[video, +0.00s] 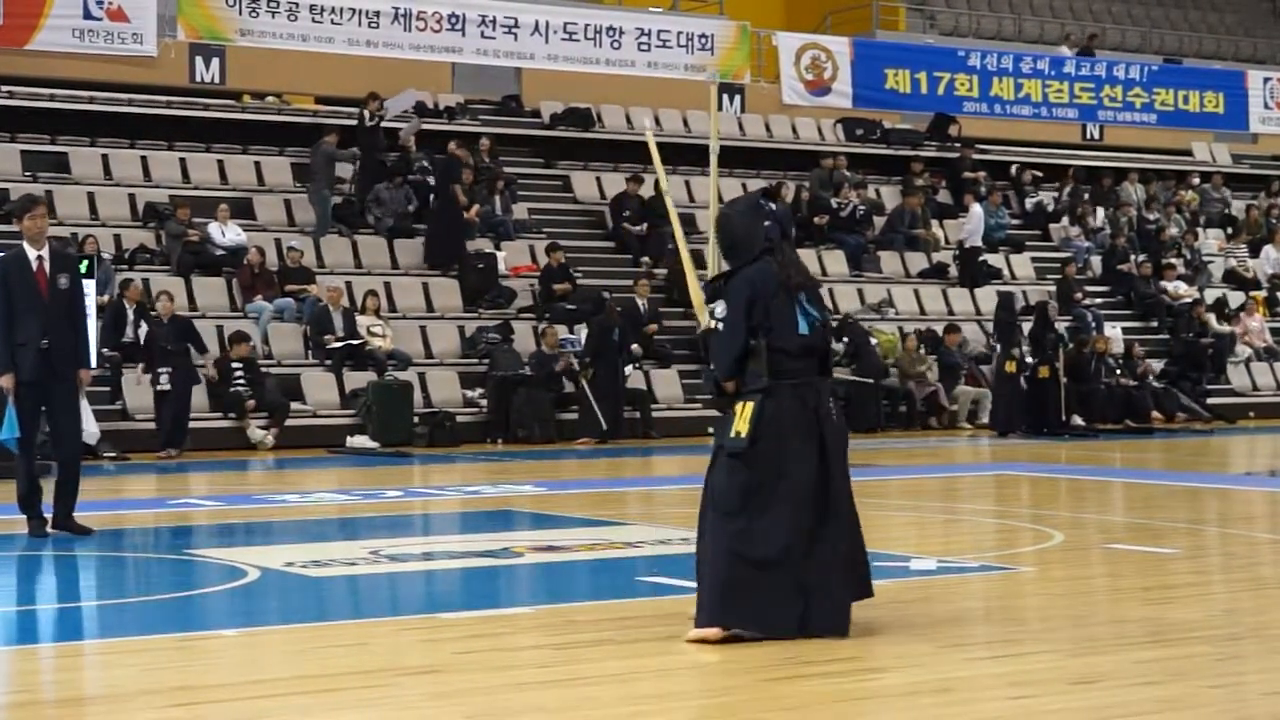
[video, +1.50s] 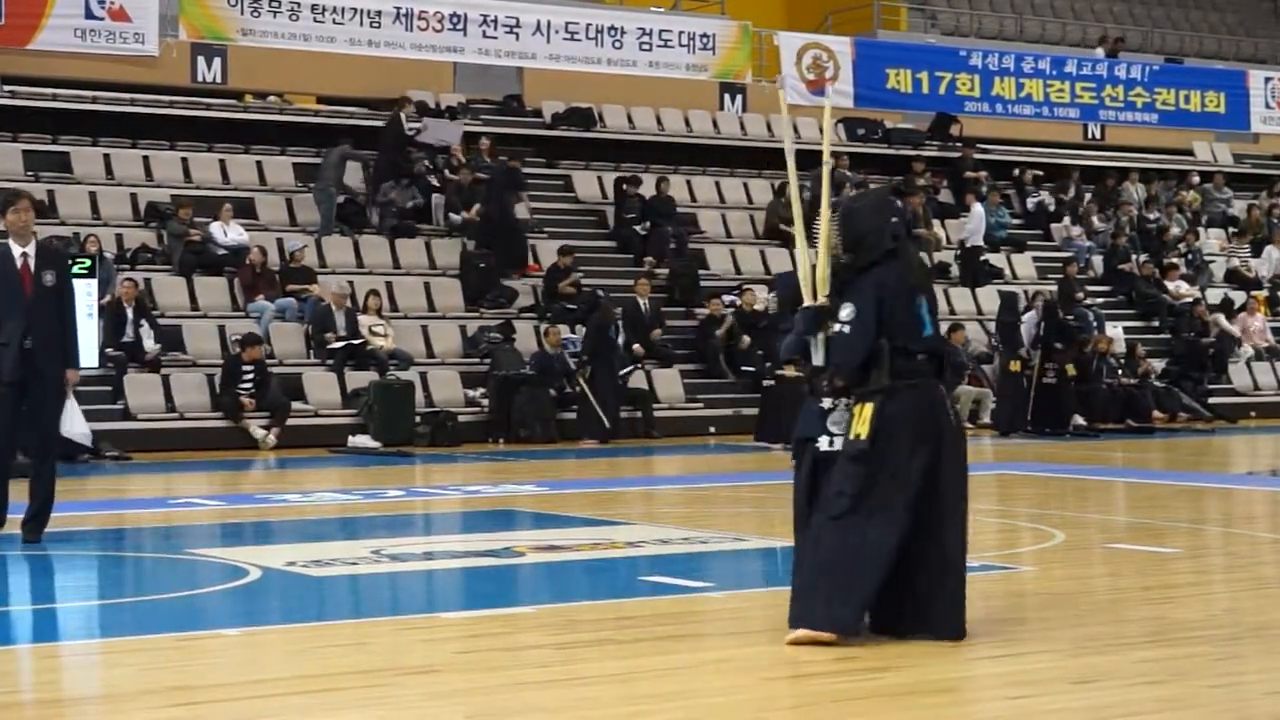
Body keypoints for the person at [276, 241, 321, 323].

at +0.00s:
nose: (293, 255)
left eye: (296, 251)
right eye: (290, 252)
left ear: (301, 255)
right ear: (287, 254)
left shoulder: (308, 271)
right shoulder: (282, 270)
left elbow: (314, 288)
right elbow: (285, 288)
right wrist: (305, 287)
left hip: (305, 294)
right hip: (290, 296)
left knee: (312, 299)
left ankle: (305, 325)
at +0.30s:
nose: (293, 255)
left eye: (296, 251)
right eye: (291, 251)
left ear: (301, 255)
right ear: (288, 254)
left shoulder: (308, 271)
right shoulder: (282, 270)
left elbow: (314, 288)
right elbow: (285, 288)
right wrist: (305, 287)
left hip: (305, 295)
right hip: (290, 296)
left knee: (312, 299)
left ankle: (305, 324)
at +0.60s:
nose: (294, 255)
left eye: (297, 251)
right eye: (292, 251)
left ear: (301, 254)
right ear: (288, 254)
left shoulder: (308, 271)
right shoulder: (283, 270)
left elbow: (314, 288)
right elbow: (285, 288)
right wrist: (306, 287)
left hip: (305, 294)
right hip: (290, 296)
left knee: (312, 300)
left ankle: (306, 325)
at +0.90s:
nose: (298, 255)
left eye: (300, 252)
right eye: (295, 252)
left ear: (303, 254)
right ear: (289, 254)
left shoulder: (308, 270)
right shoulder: (283, 270)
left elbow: (314, 287)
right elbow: (286, 288)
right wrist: (306, 287)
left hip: (306, 294)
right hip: (290, 296)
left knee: (313, 300)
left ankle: (306, 325)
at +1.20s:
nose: (301, 254)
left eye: (302, 251)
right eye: (298, 252)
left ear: (304, 253)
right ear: (291, 254)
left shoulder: (309, 270)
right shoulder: (284, 270)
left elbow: (315, 287)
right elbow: (286, 288)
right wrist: (306, 287)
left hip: (306, 294)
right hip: (291, 295)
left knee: (313, 300)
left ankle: (306, 324)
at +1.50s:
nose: (302, 254)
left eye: (303, 251)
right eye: (299, 252)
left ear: (304, 253)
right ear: (292, 254)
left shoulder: (309, 270)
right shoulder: (284, 270)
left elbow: (315, 287)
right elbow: (287, 288)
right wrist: (307, 287)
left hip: (307, 294)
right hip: (292, 295)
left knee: (314, 299)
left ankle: (307, 324)